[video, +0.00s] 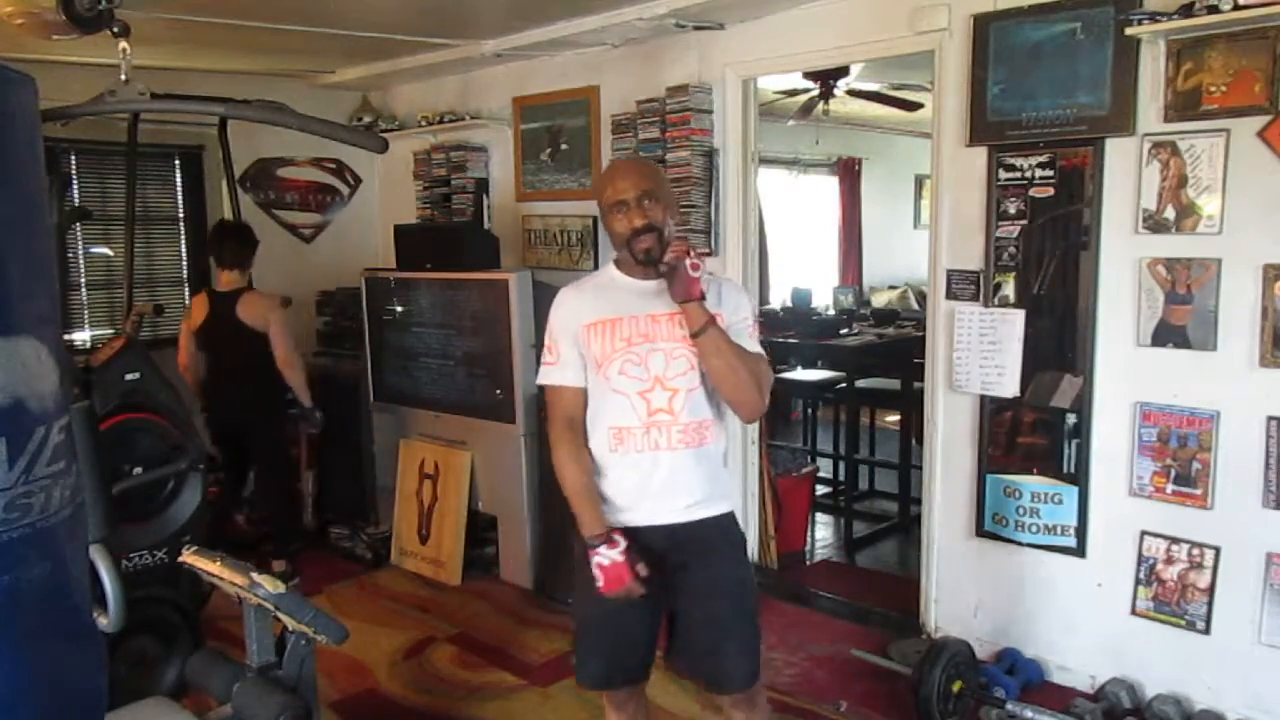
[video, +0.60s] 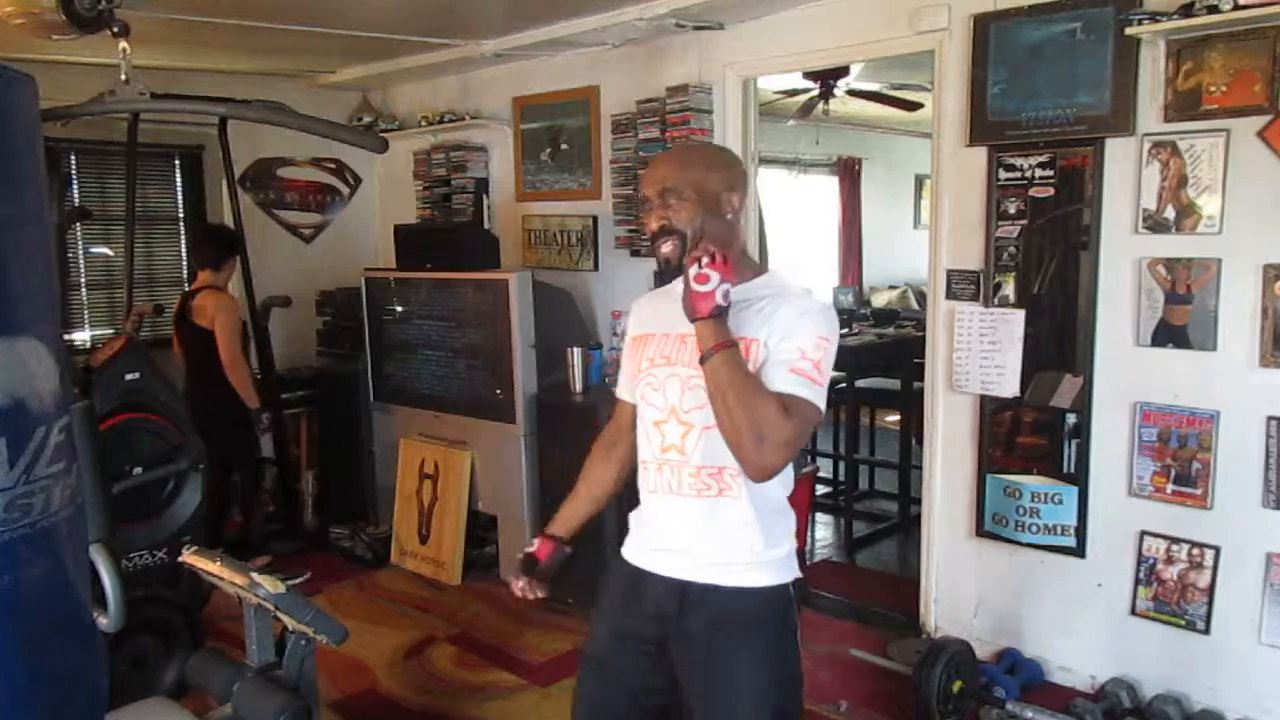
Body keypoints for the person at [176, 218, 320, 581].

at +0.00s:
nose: (250, 261)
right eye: (251, 255)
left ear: (213, 258)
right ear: (250, 258)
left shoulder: (198, 306)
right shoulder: (266, 306)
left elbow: (186, 362)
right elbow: (286, 362)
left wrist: (200, 396)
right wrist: (308, 405)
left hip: (221, 411)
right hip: (263, 411)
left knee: (231, 476)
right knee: (276, 482)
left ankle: (216, 545)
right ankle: (278, 557)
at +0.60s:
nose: (235, 267)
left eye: (235, 261)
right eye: (235, 260)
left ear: (198, 260)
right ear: (229, 263)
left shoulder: (186, 301)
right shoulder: (224, 303)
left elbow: (181, 351)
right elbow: (232, 361)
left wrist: (202, 379)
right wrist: (256, 404)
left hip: (199, 400)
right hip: (226, 401)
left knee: (217, 471)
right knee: (250, 469)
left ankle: (211, 544)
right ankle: (252, 549)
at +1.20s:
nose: (236, 269)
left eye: (236, 262)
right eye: (235, 262)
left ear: (201, 261)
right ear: (228, 264)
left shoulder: (192, 300)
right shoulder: (216, 305)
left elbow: (199, 359)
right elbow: (220, 360)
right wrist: (243, 406)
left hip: (199, 399)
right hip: (217, 402)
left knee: (217, 474)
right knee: (237, 473)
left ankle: (215, 544)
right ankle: (245, 549)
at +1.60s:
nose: (237, 268)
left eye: (237, 261)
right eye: (235, 261)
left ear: (202, 261)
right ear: (224, 263)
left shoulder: (192, 300)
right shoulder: (215, 305)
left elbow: (199, 358)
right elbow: (220, 360)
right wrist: (245, 406)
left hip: (199, 398)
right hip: (217, 402)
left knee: (216, 474)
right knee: (237, 473)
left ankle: (214, 544)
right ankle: (246, 549)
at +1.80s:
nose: (239, 265)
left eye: (239, 257)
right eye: (235, 257)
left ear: (210, 261)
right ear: (218, 260)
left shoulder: (195, 299)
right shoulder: (214, 304)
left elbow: (205, 357)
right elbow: (218, 360)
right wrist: (244, 406)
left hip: (202, 401)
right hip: (218, 404)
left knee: (220, 476)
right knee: (238, 475)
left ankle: (218, 545)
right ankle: (246, 549)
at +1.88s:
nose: (239, 264)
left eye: (239, 257)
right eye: (233, 257)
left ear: (213, 262)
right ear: (211, 259)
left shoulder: (198, 298)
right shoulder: (212, 304)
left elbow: (209, 357)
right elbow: (217, 359)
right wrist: (243, 407)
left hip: (204, 402)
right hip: (218, 406)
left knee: (221, 477)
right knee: (237, 476)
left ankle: (219, 545)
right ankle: (245, 549)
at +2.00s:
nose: (237, 265)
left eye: (238, 258)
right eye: (230, 257)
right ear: (207, 259)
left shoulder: (203, 298)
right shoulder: (211, 303)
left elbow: (211, 357)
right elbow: (214, 359)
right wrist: (240, 407)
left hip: (206, 403)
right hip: (217, 406)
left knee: (222, 477)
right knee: (236, 477)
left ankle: (221, 546)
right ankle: (244, 549)